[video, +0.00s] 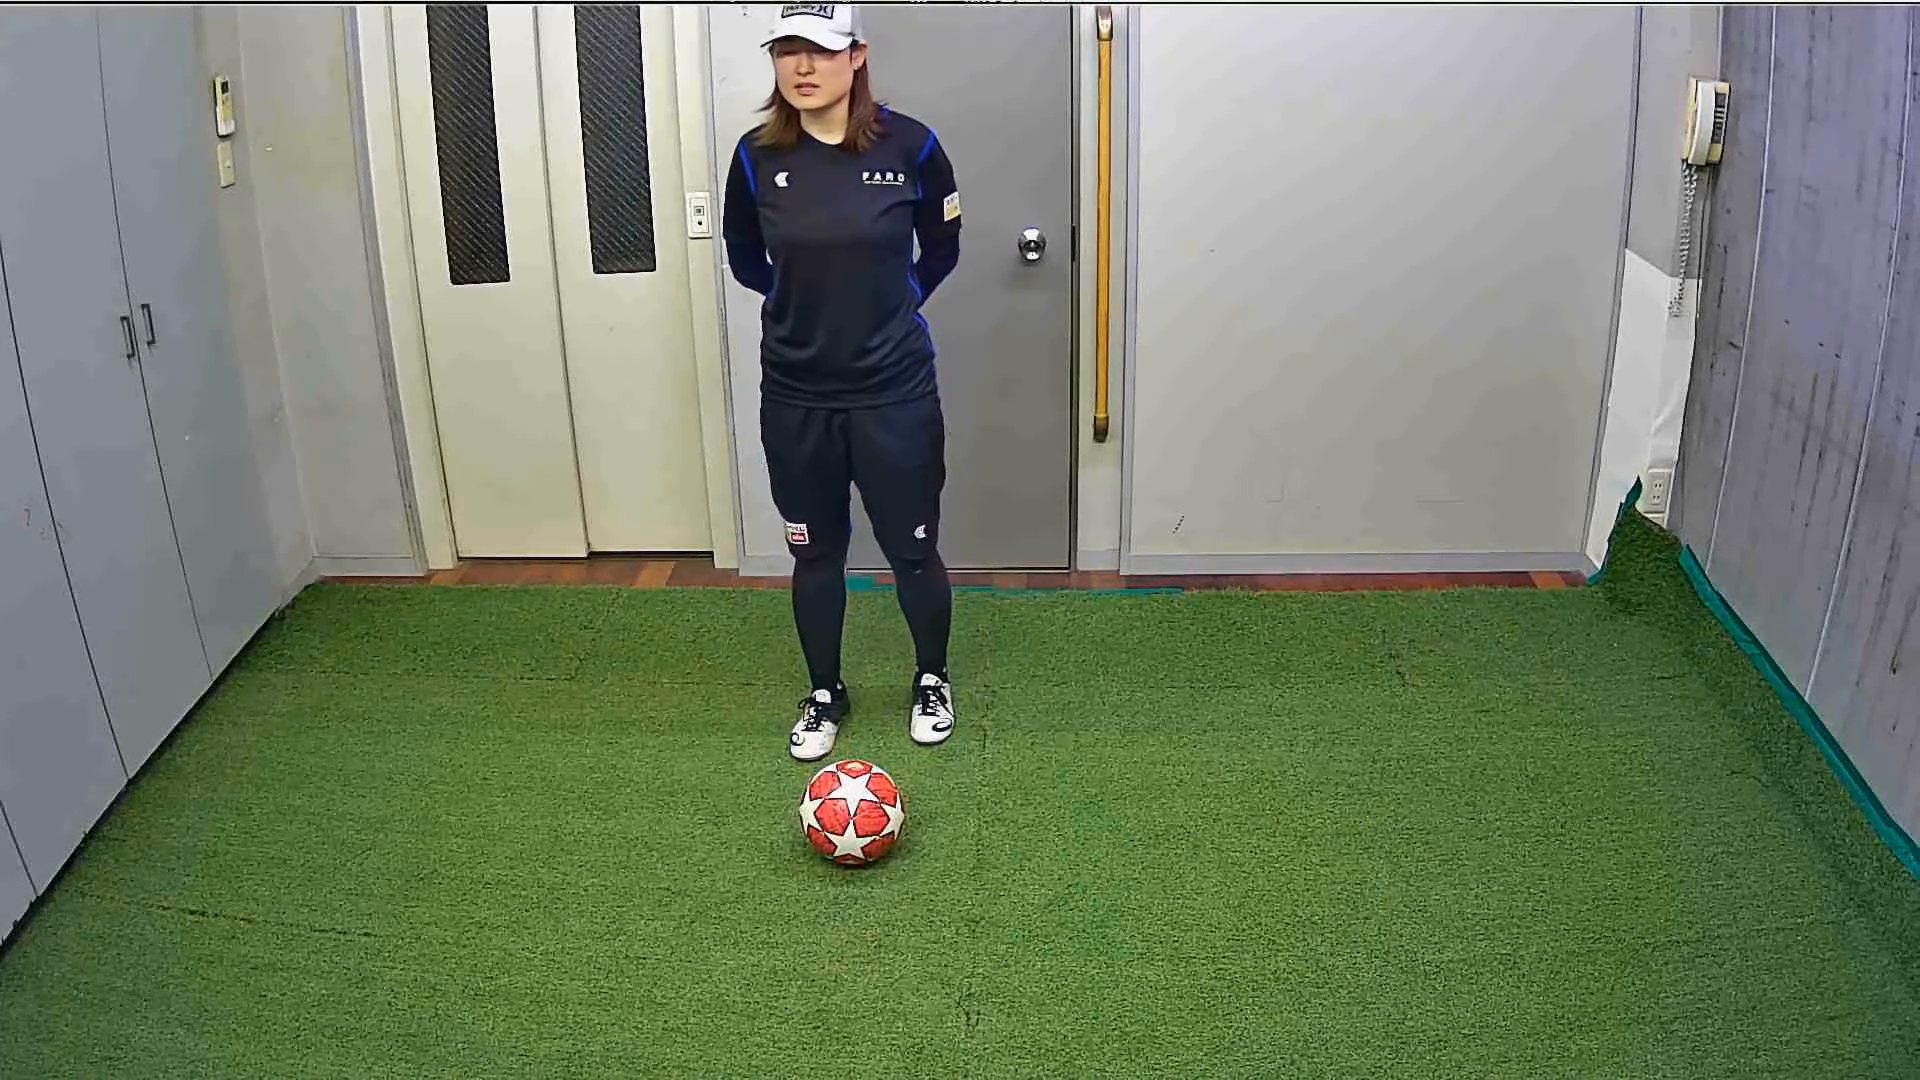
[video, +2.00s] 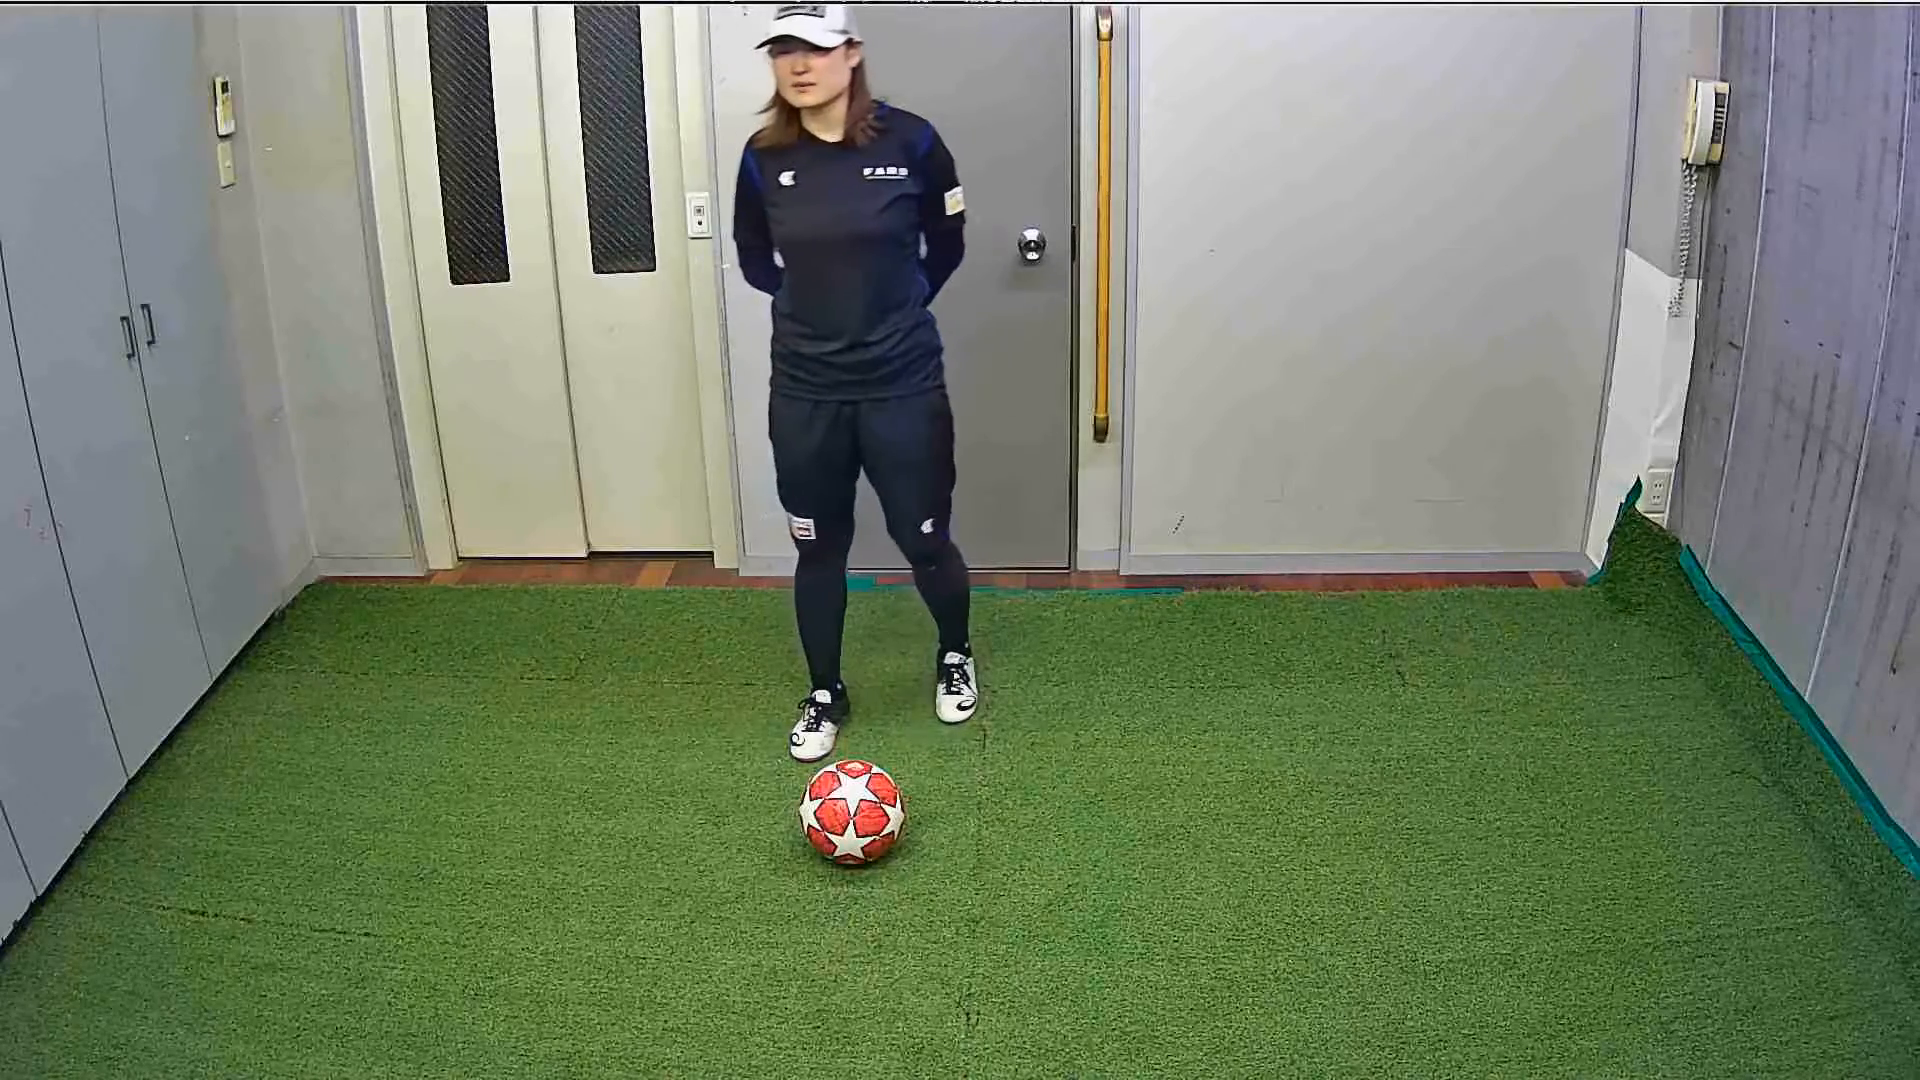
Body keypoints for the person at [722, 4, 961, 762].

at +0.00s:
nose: (801, 66)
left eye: (818, 51)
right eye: (789, 53)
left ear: (856, 60)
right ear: (775, 66)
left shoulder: (910, 146)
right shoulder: (755, 156)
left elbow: (943, 249)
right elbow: (743, 258)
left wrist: (887, 304)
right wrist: (805, 292)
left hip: (894, 388)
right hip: (795, 390)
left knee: (913, 551)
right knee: (812, 549)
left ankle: (931, 681)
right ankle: (825, 694)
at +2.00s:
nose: (799, 65)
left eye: (814, 50)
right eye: (787, 53)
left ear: (852, 56)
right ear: (775, 65)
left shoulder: (913, 141)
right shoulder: (762, 157)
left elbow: (948, 246)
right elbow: (754, 260)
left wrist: (892, 305)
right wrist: (816, 296)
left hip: (901, 382)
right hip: (805, 387)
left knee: (925, 537)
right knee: (815, 543)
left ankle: (955, 655)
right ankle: (825, 693)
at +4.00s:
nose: (917, 61)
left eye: (934, 49)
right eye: (905, 47)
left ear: (969, 57)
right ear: (890, 57)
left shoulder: (1017, 142)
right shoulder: (866, 136)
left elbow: (1033, 238)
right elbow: (861, 234)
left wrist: (1046, 326)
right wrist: (914, 278)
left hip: (978, 355)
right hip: (884, 353)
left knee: (971, 516)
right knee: (865, 515)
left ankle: (957, 658)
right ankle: (852, 676)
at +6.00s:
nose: (715, 124)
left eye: (735, 107)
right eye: (698, 108)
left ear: (773, 106)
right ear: (678, 114)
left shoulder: (837, 183)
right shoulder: (671, 212)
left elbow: (874, 298)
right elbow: (647, 340)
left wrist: (892, 411)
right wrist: (623, 461)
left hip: (828, 450)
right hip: (724, 452)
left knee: (778, 643)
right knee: (727, 634)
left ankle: (765, 794)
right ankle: (740, 772)